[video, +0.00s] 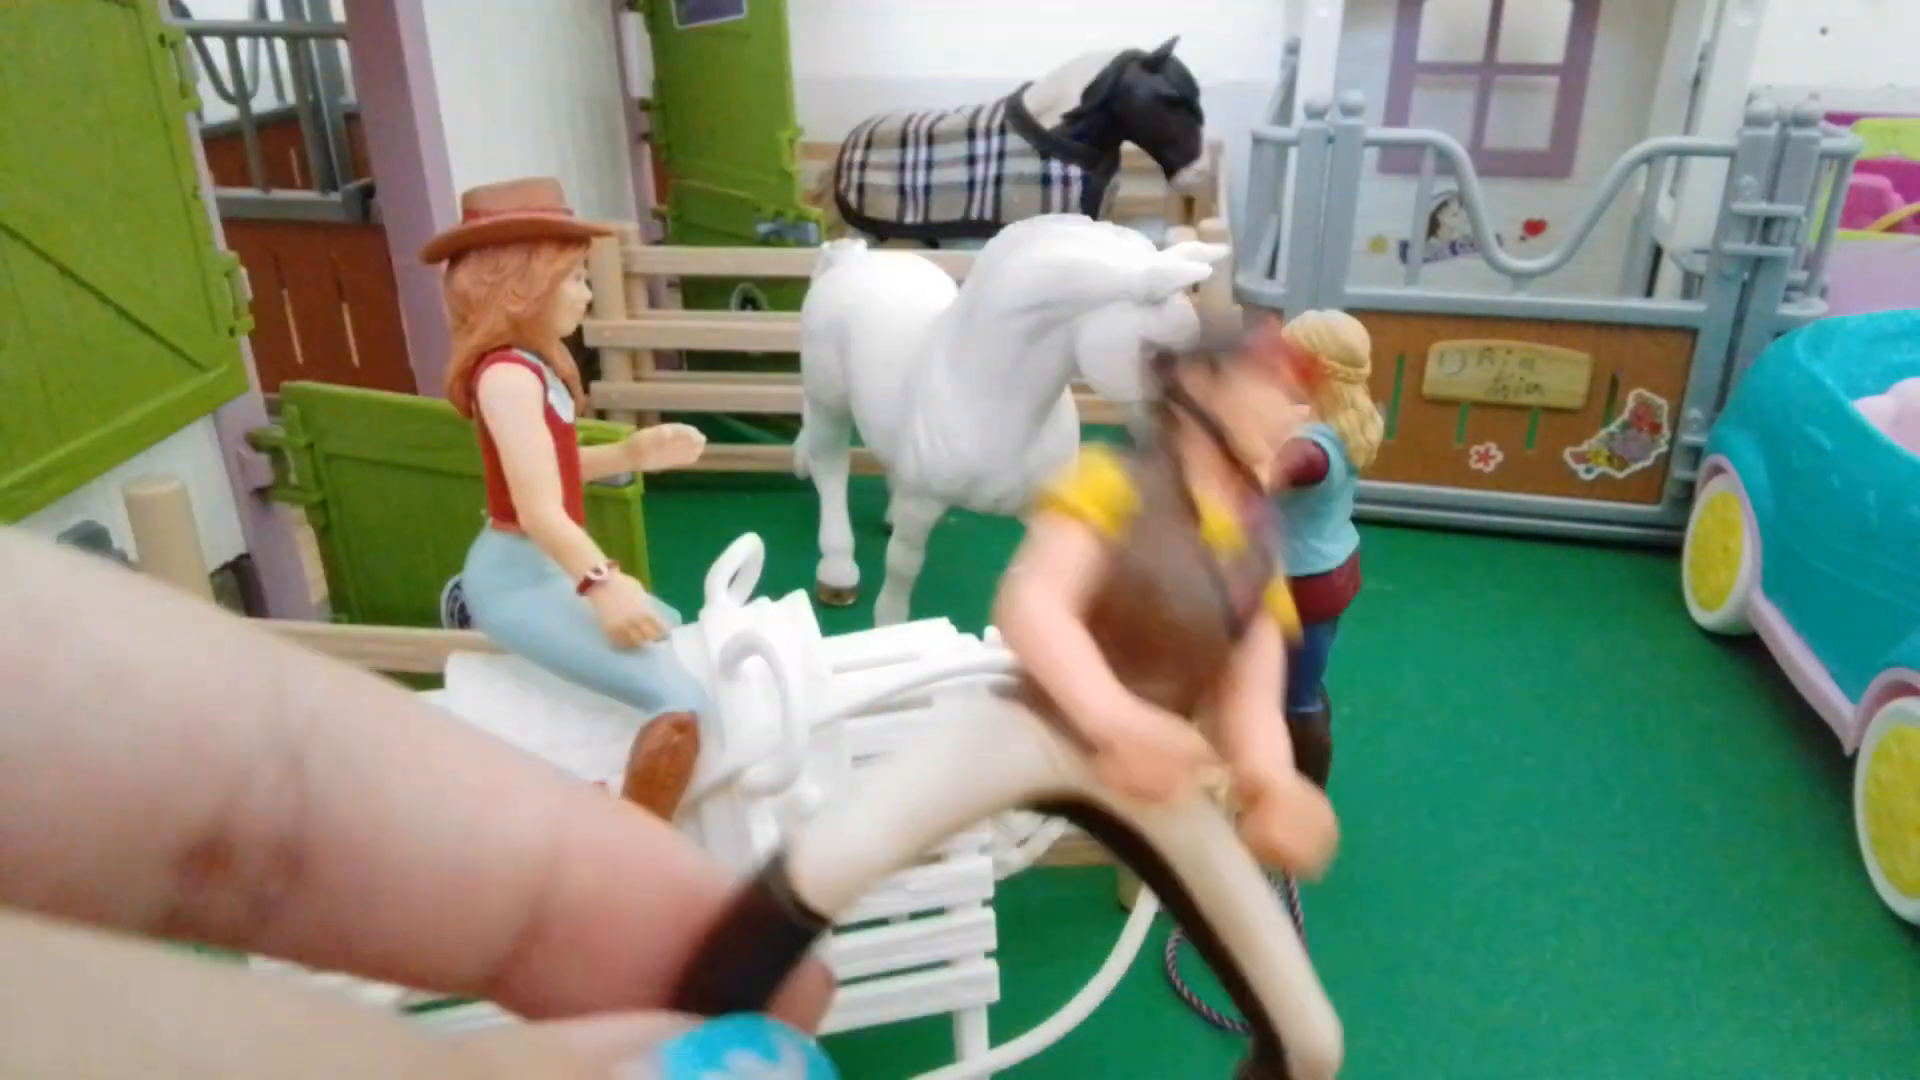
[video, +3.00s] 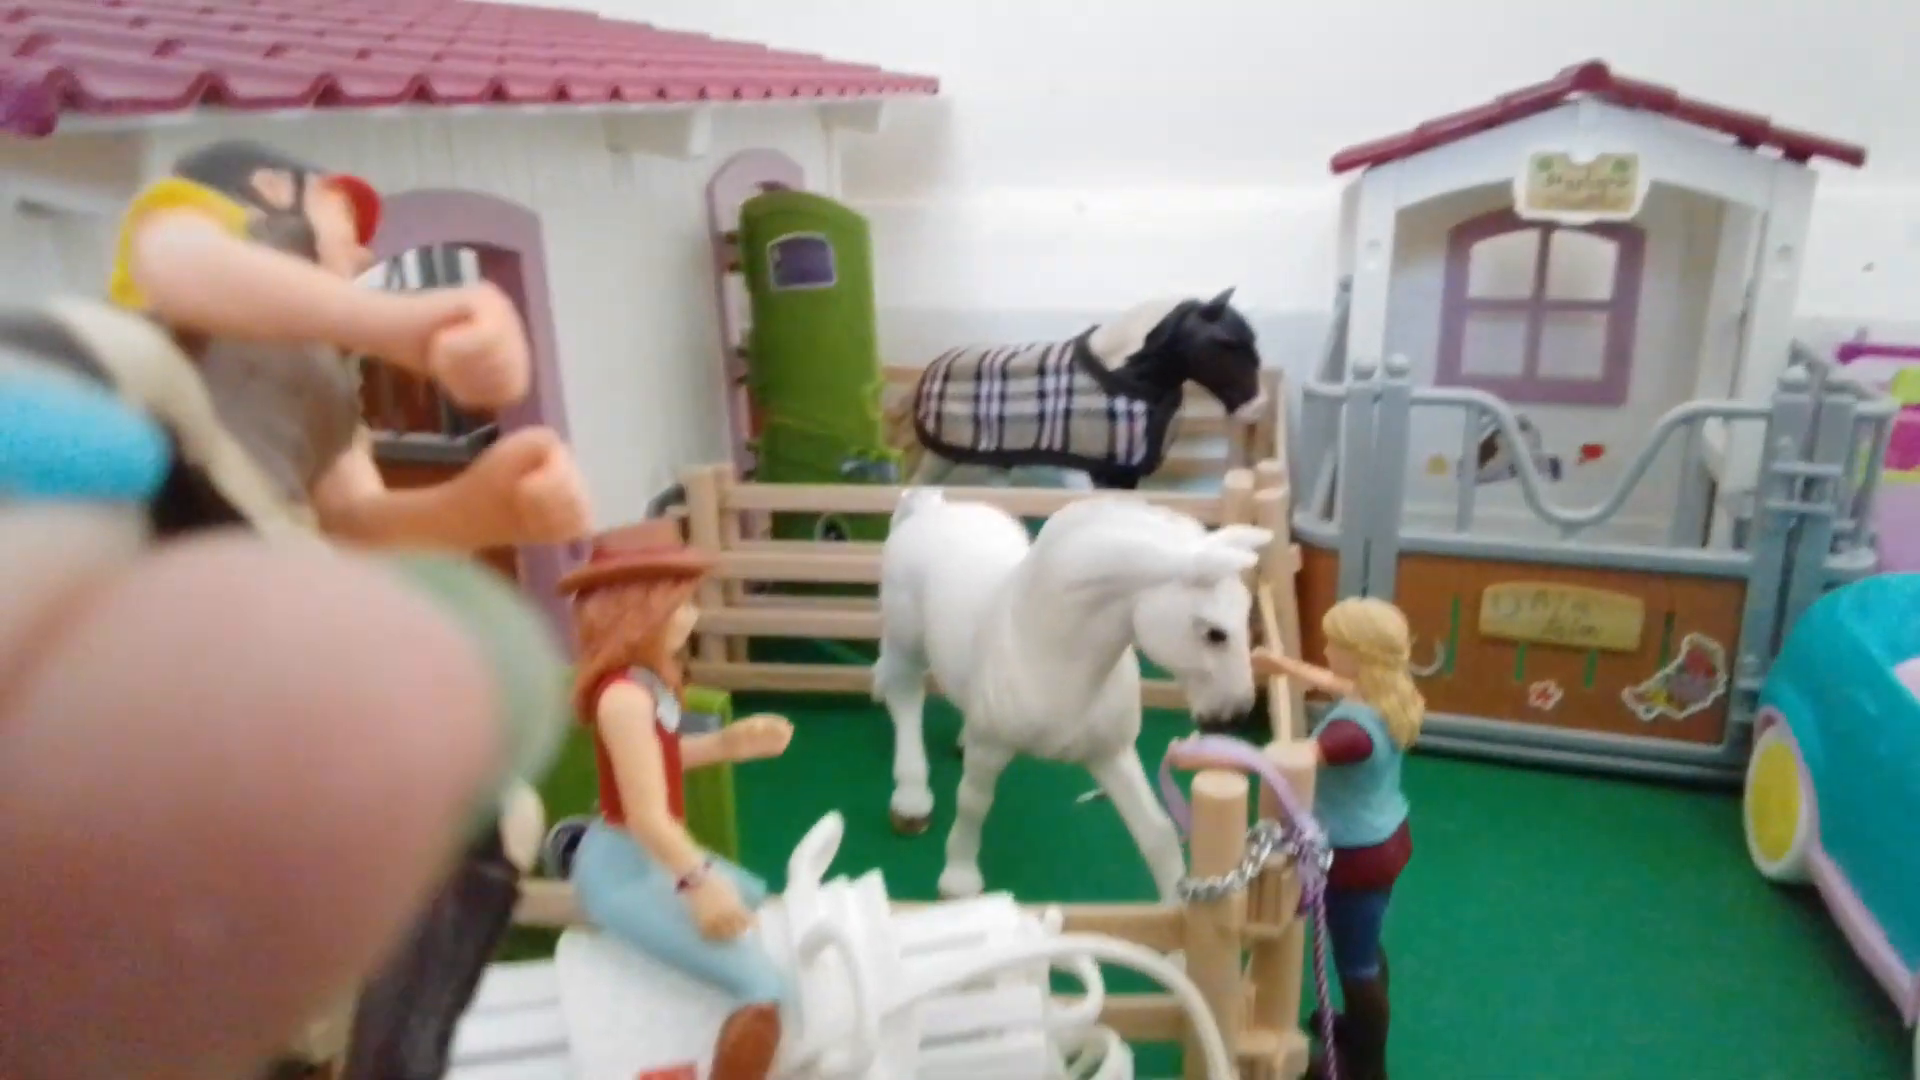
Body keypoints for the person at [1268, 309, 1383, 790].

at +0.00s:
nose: (1282, 369)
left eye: (1291, 359)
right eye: (1284, 358)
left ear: (1310, 372)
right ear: (1340, 372)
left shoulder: (1317, 444)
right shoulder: (1347, 421)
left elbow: (1258, 475)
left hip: (1308, 579)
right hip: (1335, 559)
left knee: (1299, 699)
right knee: (1308, 685)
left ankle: (1305, 804)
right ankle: (1306, 791)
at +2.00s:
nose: (1282, 370)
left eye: (1290, 362)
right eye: (1284, 360)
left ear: (1317, 373)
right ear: (1337, 373)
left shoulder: (1314, 448)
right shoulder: (1348, 418)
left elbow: (1248, 479)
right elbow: (1289, 416)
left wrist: (1163, 484)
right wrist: (1236, 400)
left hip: (1305, 588)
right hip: (1333, 565)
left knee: (1300, 700)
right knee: (1301, 680)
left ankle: (1304, 811)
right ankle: (1298, 771)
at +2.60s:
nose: (1312, 427)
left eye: (1319, 417)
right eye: (1315, 417)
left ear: (1338, 424)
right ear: (1372, 423)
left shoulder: (1341, 497)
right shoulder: (1363, 480)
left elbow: (1281, 536)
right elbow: (1307, 469)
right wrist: (1256, 449)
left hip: (1333, 635)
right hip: (1352, 625)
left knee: (1319, 750)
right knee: (1325, 743)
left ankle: (1323, 867)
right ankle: (1318, 847)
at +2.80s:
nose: (1307, 680)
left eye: (1314, 671)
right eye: (1309, 670)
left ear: (1339, 683)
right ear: (1352, 683)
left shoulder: (1339, 755)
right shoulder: (1361, 727)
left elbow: (1272, 786)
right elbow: (1311, 711)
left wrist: (1203, 781)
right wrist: (1257, 689)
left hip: (1336, 888)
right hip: (1364, 866)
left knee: (1332, 998)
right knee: (1338, 979)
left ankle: (1340, 1071)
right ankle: (1337, 1060)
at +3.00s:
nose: (1327, 652)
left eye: (1334, 645)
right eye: (1328, 644)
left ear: (1359, 657)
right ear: (1379, 656)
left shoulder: (1356, 728)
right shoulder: (1391, 698)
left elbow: (1276, 762)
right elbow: (1333, 684)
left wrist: (1206, 754)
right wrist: (1279, 663)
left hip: (1358, 858)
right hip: (1384, 839)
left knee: (1358, 968)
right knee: (1363, 949)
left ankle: (1364, 1068)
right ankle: (1358, 1035)